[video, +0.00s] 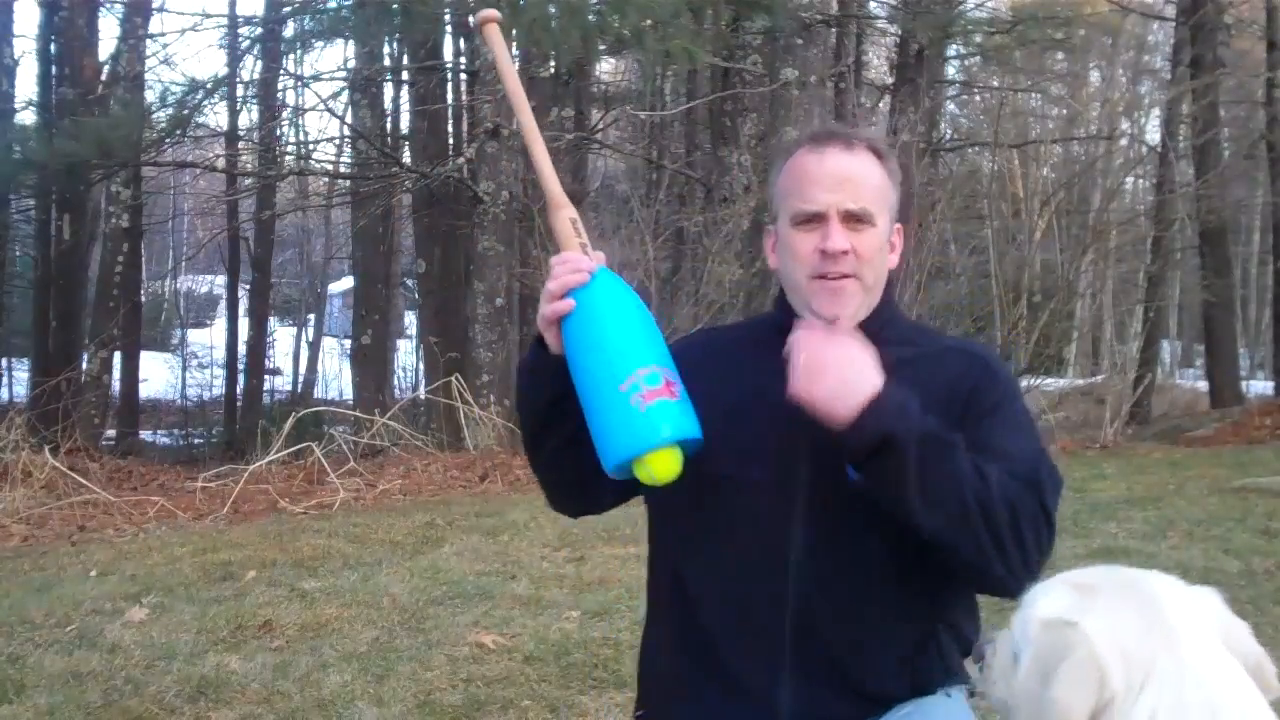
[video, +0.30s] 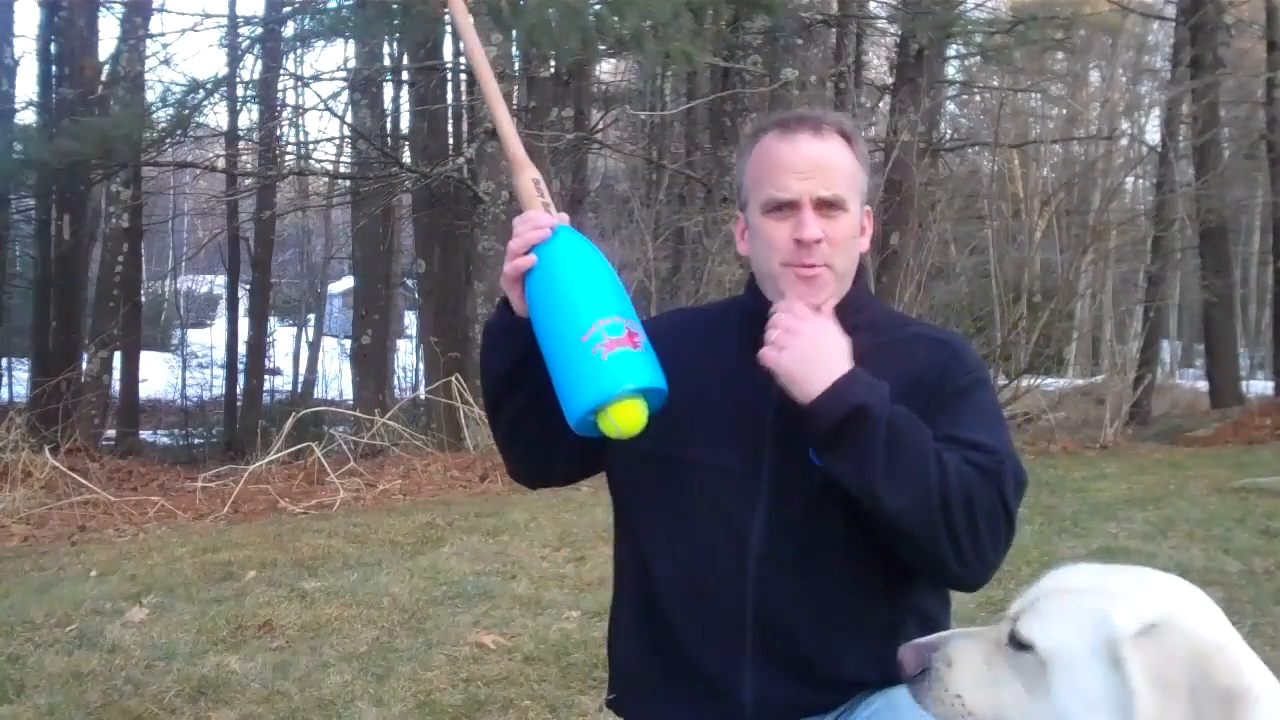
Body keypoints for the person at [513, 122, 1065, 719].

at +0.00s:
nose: (833, 243)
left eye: (857, 221)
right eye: (809, 222)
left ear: (895, 245)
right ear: (773, 247)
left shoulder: (963, 379)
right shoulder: (694, 368)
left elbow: (1015, 552)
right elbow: (580, 487)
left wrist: (876, 416)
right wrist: (553, 354)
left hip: (900, 700)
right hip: (709, 700)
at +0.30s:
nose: (807, 232)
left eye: (830, 208)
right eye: (781, 210)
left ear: (865, 230)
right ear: (743, 235)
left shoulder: (935, 367)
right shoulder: (656, 350)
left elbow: (974, 545)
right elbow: (541, 456)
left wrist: (840, 395)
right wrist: (521, 319)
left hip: (863, 694)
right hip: (678, 699)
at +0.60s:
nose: (796, 234)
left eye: (821, 210)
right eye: (771, 210)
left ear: (859, 233)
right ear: (736, 231)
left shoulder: (925, 374)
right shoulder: (652, 352)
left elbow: (931, 557)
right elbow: (534, 462)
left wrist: (756, 472)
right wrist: (518, 330)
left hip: (848, 701)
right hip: (665, 699)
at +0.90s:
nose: (804, 246)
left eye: (830, 224)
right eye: (779, 222)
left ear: (866, 244)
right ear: (742, 238)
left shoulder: (931, 385)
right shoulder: (667, 358)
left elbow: (952, 573)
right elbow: (560, 489)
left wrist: (778, 488)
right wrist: (532, 359)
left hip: (865, 703)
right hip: (672, 701)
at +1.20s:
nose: (816, 259)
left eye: (844, 237)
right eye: (793, 231)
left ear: (878, 254)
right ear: (752, 239)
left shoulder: (936, 377)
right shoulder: (674, 360)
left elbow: (977, 559)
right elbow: (576, 496)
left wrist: (850, 393)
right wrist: (536, 372)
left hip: (883, 702)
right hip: (686, 700)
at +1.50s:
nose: (820, 255)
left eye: (846, 231)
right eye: (797, 228)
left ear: (883, 250)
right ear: (757, 239)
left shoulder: (944, 391)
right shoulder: (676, 363)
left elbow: (1018, 560)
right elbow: (575, 490)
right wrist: (546, 362)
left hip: (879, 706)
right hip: (684, 703)